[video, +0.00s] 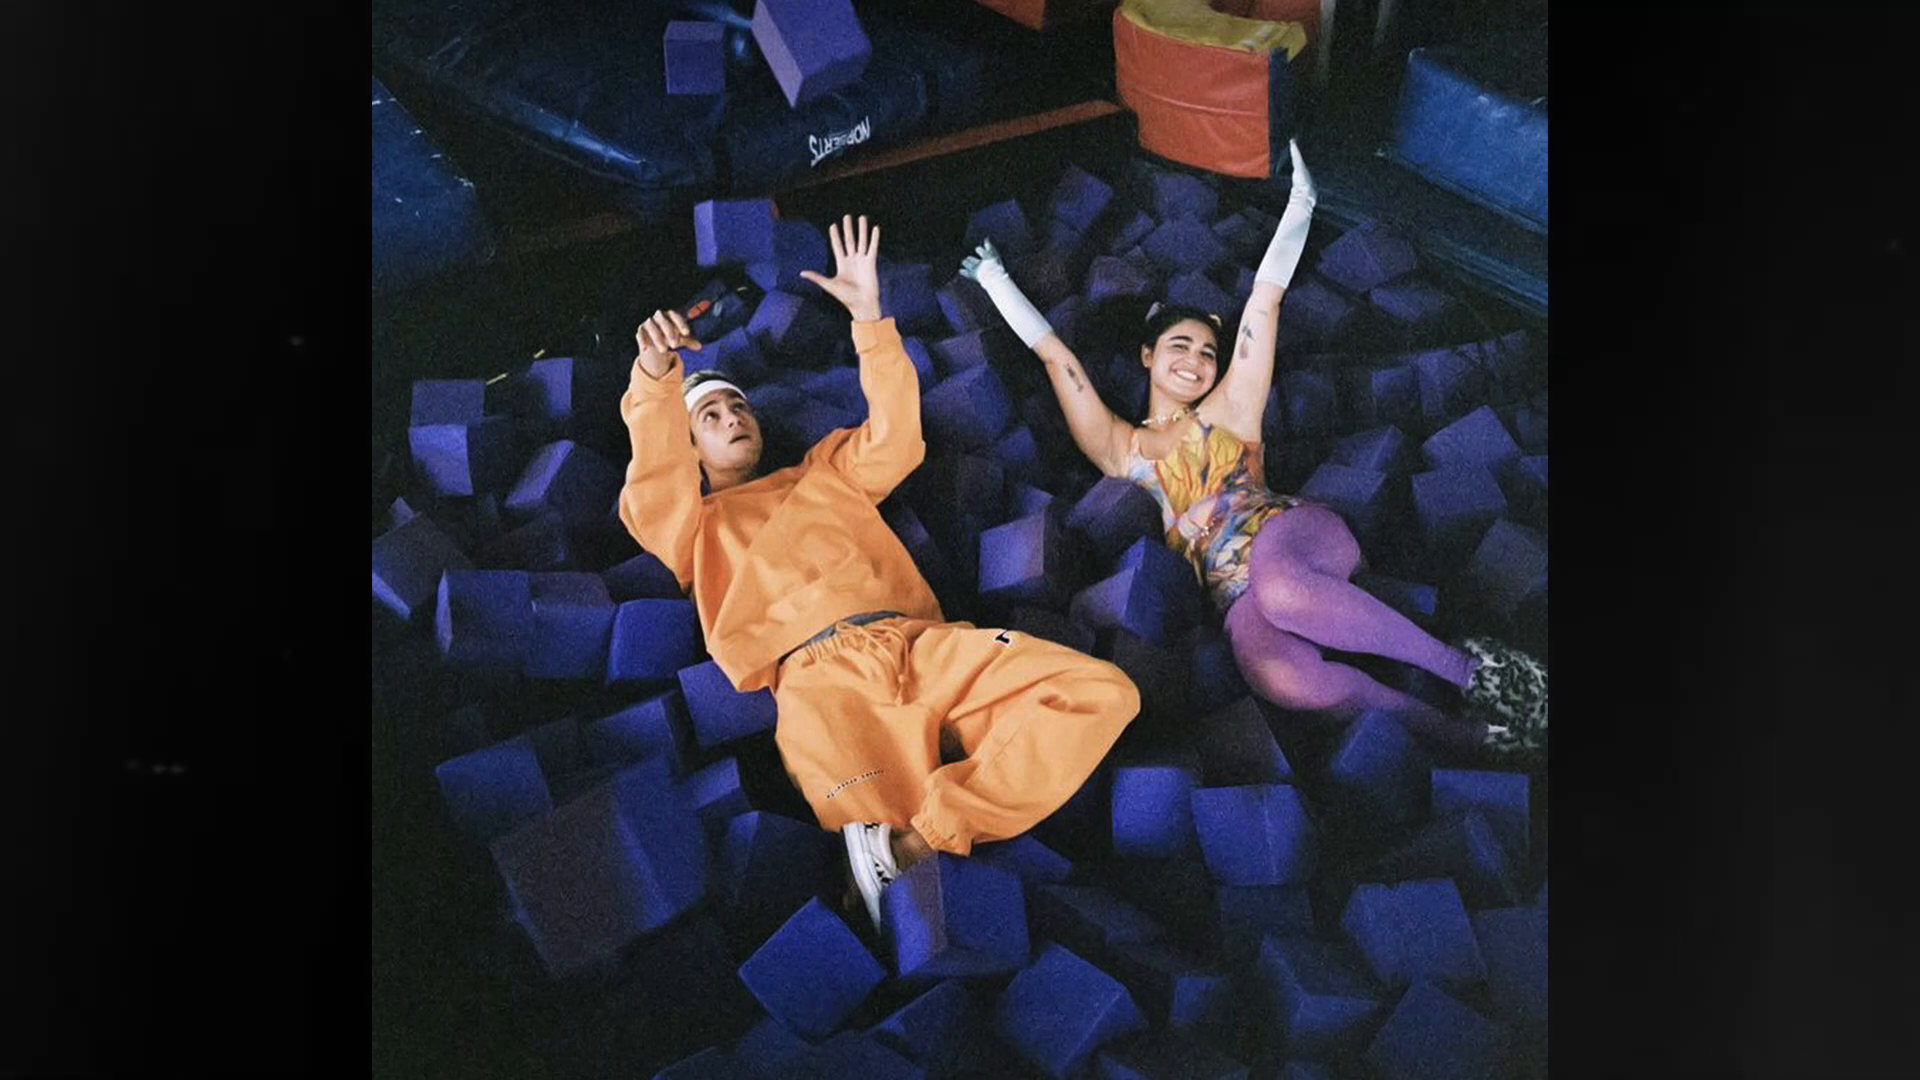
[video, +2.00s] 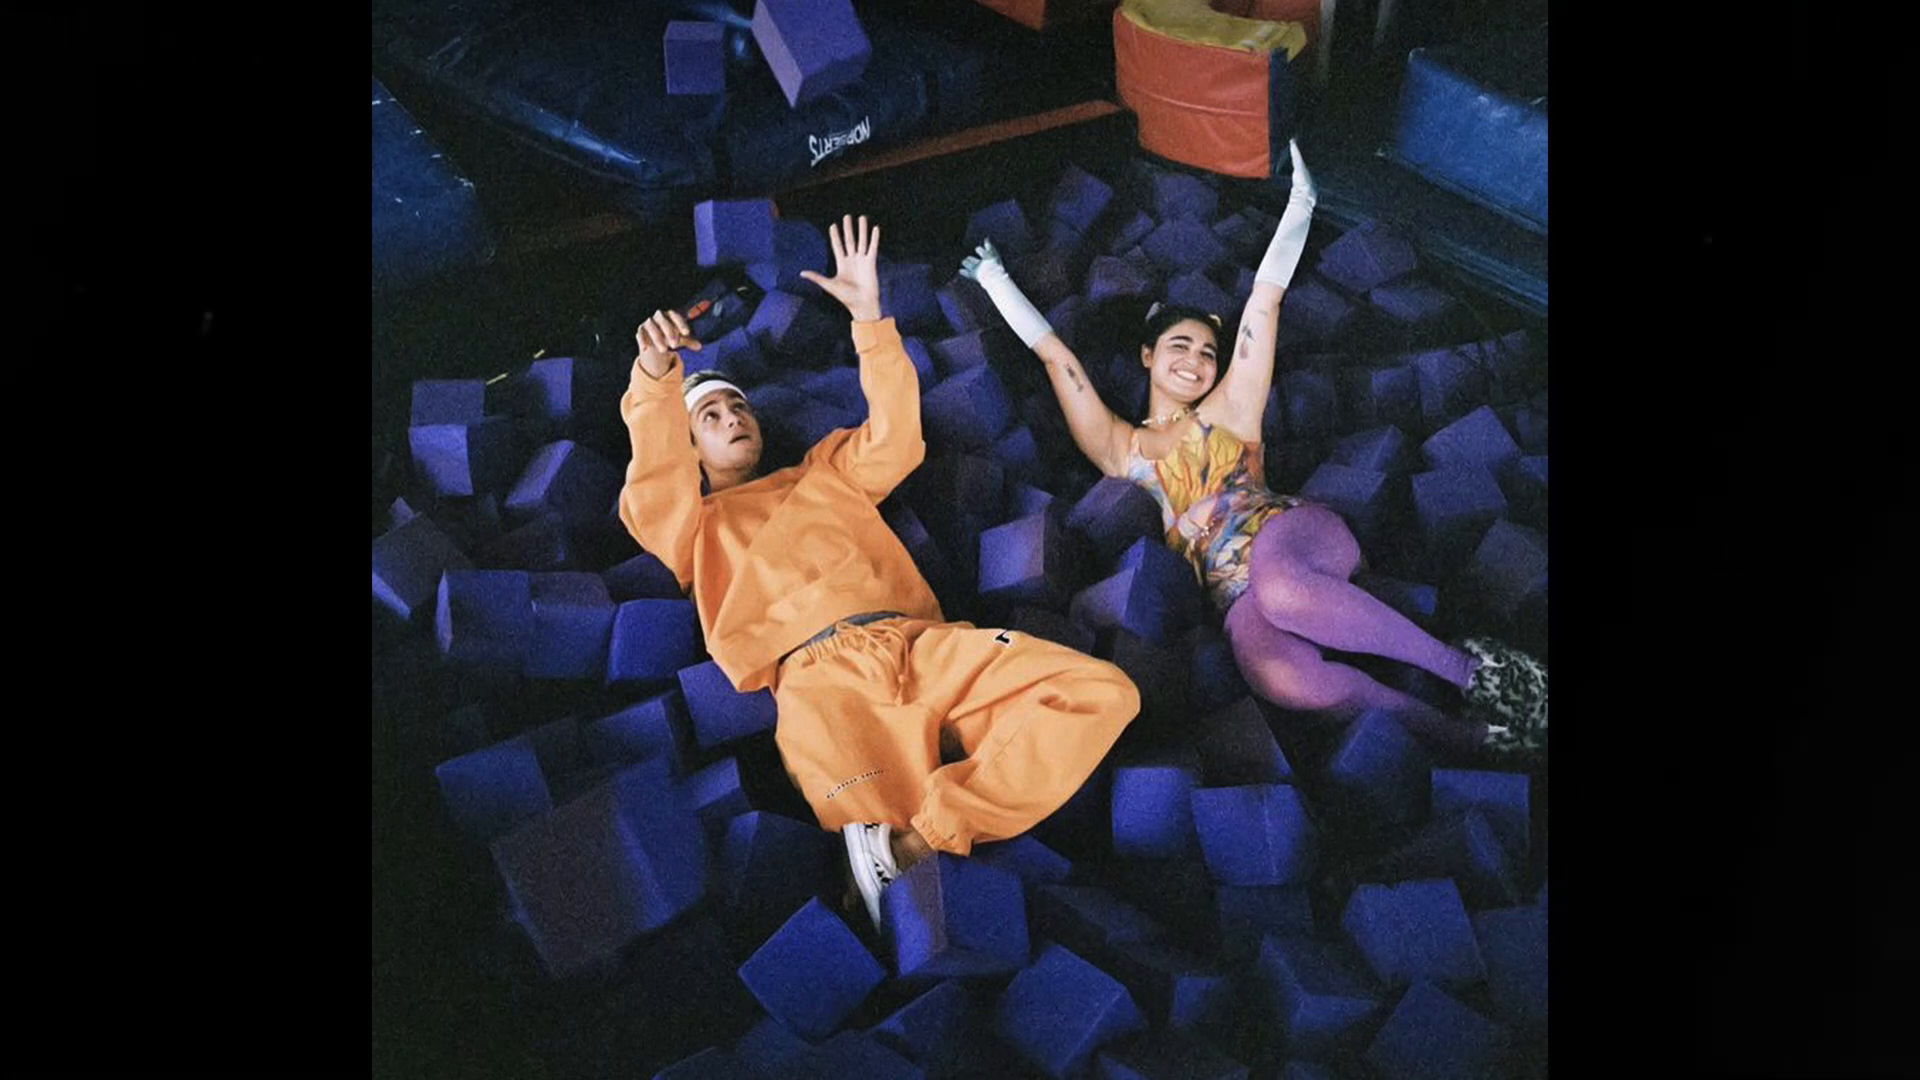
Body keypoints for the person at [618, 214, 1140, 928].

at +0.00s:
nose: (730, 418)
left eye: (738, 407)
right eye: (709, 415)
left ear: (761, 426)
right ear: (688, 449)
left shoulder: (827, 468)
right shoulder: (696, 525)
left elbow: (895, 435)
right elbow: (654, 477)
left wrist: (868, 317)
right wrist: (655, 373)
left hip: (917, 640)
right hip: (819, 673)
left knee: (1094, 693)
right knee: (880, 826)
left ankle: (915, 841)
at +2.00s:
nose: (730, 418)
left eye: (738, 407)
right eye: (709, 415)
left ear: (761, 426)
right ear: (688, 449)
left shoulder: (827, 468)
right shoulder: (696, 525)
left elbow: (895, 435)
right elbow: (654, 477)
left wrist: (868, 317)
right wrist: (655, 374)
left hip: (917, 640)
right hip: (819, 673)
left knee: (1094, 693)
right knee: (880, 827)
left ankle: (915, 841)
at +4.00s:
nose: (730, 418)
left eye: (738, 407)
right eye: (709, 415)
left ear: (761, 426)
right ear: (688, 448)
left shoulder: (827, 468)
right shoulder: (695, 525)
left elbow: (895, 436)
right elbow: (654, 477)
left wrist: (868, 317)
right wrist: (655, 373)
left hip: (918, 640)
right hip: (819, 673)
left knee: (1094, 692)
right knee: (880, 827)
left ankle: (917, 841)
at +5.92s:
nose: (731, 418)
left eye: (738, 407)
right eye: (709, 415)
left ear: (760, 425)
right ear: (688, 448)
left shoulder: (827, 468)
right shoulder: (695, 525)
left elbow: (895, 436)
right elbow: (655, 476)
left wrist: (868, 317)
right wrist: (655, 373)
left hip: (918, 640)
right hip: (820, 672)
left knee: (1094, 693)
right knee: (881, 829)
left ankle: (917, 841)